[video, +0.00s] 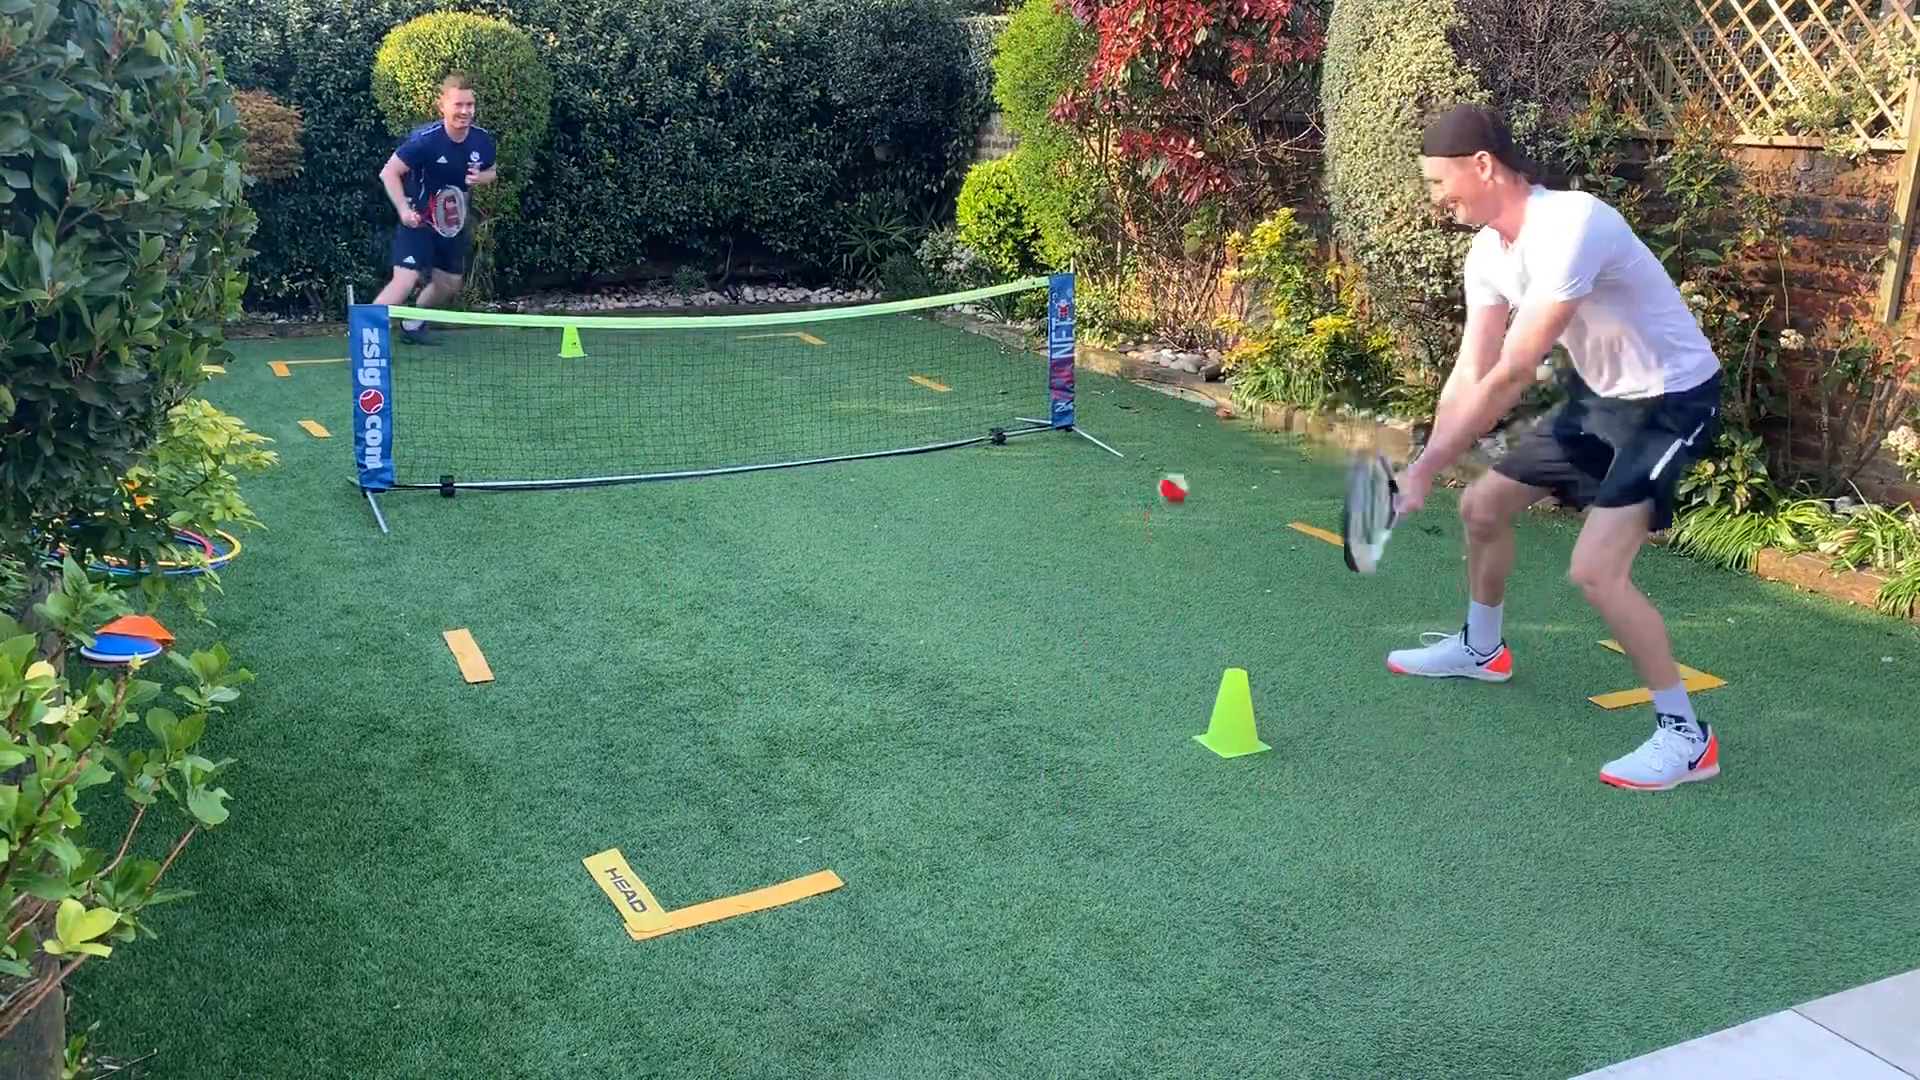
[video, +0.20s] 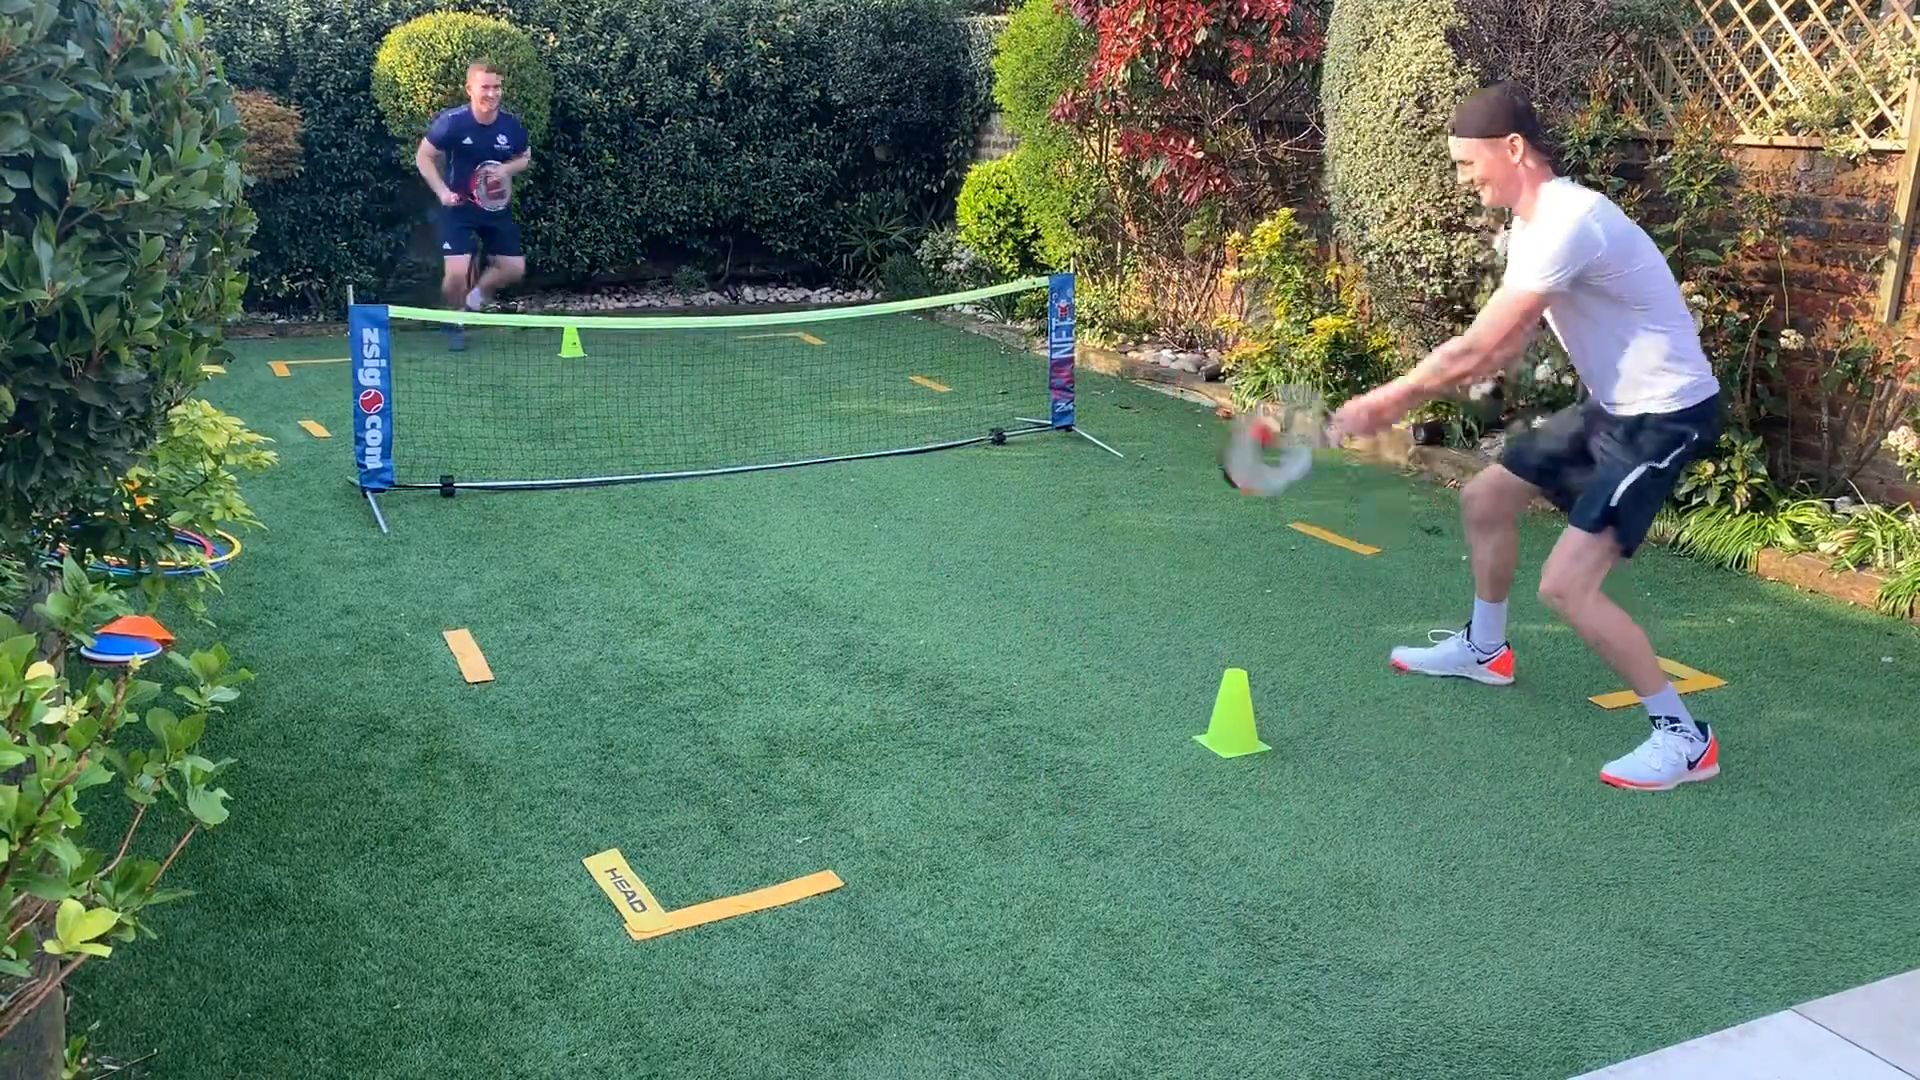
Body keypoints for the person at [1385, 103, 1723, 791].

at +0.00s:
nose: (1436, 200)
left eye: (1440, 182)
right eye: (1430, 186)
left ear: (1485, 166)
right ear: (1478, 172)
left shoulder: (1576, 224)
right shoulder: (1488, 253)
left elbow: (1517, 371)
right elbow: (1471, 371)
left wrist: (1427, 464)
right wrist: (1424, 466)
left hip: (1674, 399)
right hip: (1601, 398)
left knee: (1597, 571)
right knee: (1483, 507)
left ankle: (1685, 734)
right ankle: (1482, 647)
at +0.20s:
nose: (1465, 179)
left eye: (1470, 162)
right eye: (1460, 165)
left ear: (1515, 149)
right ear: (1506, 154)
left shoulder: (1570, 220)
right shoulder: (1528, 229)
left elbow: (1478, 348)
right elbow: (1501, 351)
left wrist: (1383, 401)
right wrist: (1458, 373)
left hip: (1668, 412)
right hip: (1609, 404)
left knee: (1567, 586)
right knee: (1486, 501)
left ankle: (1682, 734)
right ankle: (1484, 647)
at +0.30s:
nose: (1463, 149)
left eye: (1468, 133)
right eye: (1461, 135)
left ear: (1509, 127)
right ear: (1515, 129)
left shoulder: (1557, 196)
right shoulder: (1549, 199)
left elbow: (1457, 309)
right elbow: (1520, 327)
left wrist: (1368, 326)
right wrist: (1415, 343)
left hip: (1642, 409)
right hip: (1589, 399)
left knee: (1564, 589)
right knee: (1473, 491)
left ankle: (1682, 734)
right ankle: (1487, 645)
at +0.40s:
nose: (1453, 116)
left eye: (1458, 101)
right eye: (1454, 101)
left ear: (1488, 104)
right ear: (1507, 104)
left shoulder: (1531, 178)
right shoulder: (1544, 175)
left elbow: (1441, 286)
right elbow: (1539, 305)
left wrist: (1391, 273)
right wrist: (1447, 307)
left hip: (1608, 396)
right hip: (1557, 387)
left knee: (1560, 585)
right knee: (1457, 493)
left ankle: (1683, 734)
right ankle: (1501, 637)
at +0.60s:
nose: (1408, 109)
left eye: (1413, 97)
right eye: (1410, 96)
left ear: (1436, 105)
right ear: (1469, 106)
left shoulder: (1447, 182)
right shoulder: (1514, 176)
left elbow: (1423, 322)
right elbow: (1492, 302)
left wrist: (1372, 347)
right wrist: (1413, 320)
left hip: (1505, 391)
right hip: (1526, 379)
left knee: (1447, 568)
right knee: (1429, 496)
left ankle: (1606, 666)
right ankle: (1506, 631)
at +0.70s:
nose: (1362, 124)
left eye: (1367, 111)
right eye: (1364, 110)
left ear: (1389, 118)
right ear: (1421, 118)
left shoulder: (1411, 192)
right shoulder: (1473, 183)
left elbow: (1404, 325)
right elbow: (1483, 298)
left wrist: (1334, 400)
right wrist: (1401, 327)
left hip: (1468, 395)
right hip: (1510, 388)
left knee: (1344, 521)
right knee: (1428, 505)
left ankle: (1467, 637)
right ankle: (1505, 634)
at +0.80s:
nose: (1312, 134)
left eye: (1316, 121)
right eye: (1312, 121)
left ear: (1336, 125)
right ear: (1370, 123)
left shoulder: (1367, 194)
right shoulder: (1424, 185)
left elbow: (1367, 313)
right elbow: (1415, 305)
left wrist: (1286, 393)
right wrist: (1318, 335)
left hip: (1424, 397)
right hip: (1468, 391)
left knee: (1265, 479)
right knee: (1411, 511)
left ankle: (1303, 639)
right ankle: (1502, 633)